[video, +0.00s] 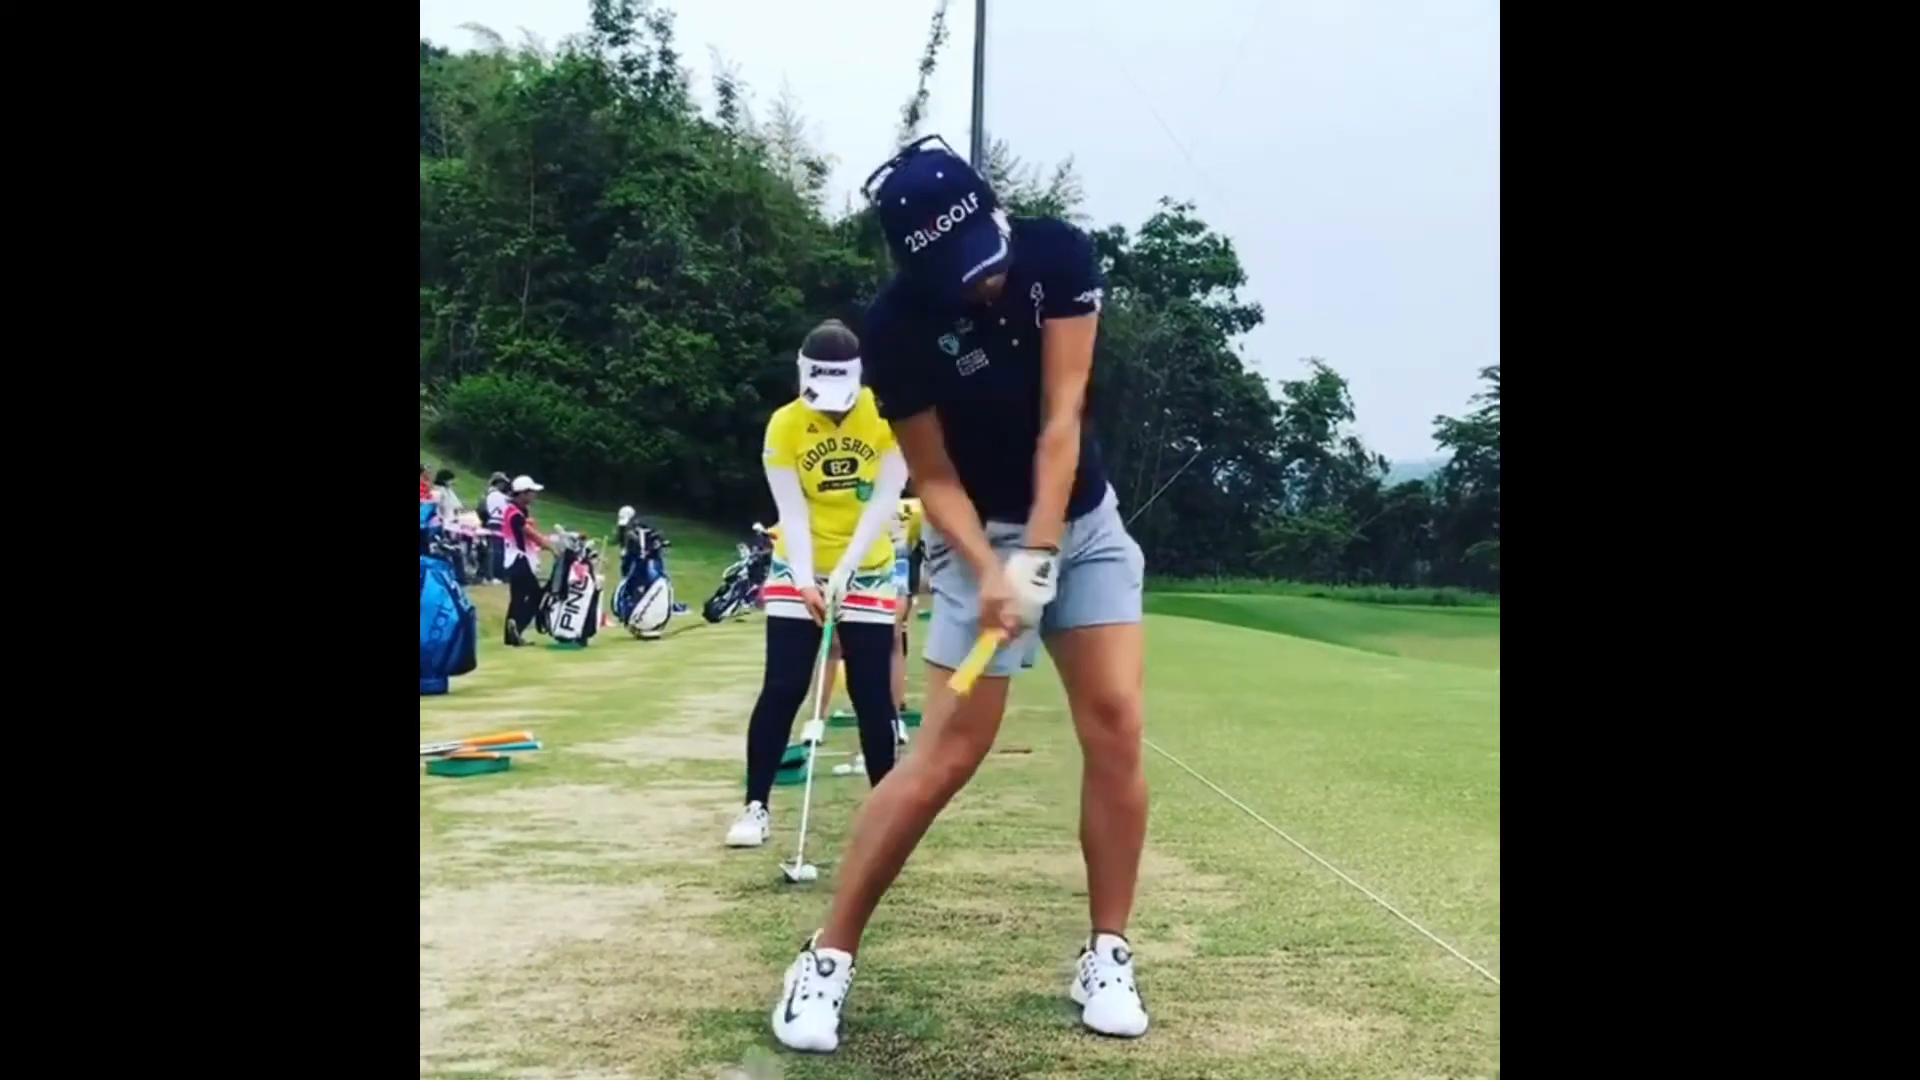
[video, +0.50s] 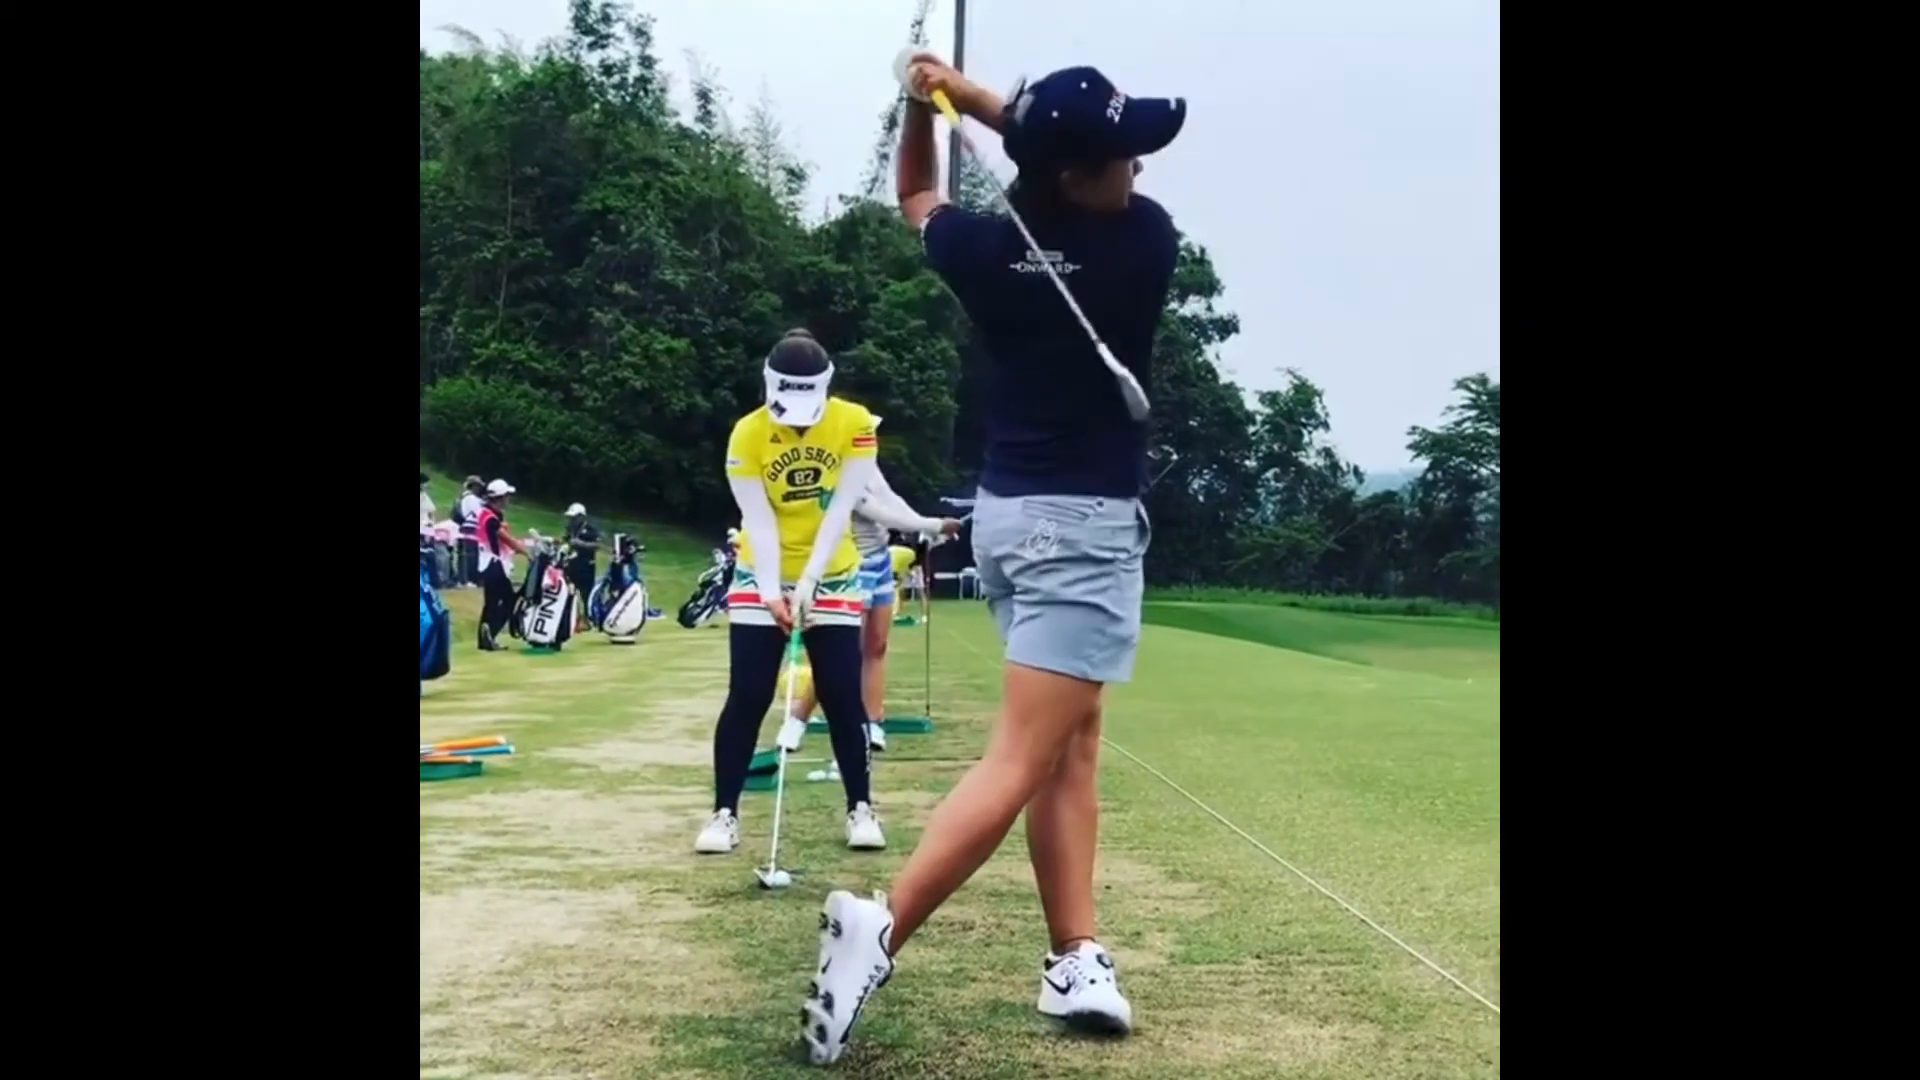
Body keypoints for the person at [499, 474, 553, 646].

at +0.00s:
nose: (534, 496)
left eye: (533, 492)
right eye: (530, 492)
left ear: (522, 495)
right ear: (520, 494)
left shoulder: (519, 512)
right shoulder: (515, 515)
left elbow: (532, 533)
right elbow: (532, 535)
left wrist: (549, 541)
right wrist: (551, 546)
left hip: (518, 557)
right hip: (517, 558)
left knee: (517, 595)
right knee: (536, 592)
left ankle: (511, 634)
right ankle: (517, 625)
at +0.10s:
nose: (527, 497)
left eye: (527, 493)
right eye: (524, 493)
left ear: (515, 495)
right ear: (515, 495)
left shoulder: (512, 512)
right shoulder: (509, 516)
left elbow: (526, 535)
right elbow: (526, 536)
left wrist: (543, 541)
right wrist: (545, 546)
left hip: (513, 557)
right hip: (512, 559)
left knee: (511, 596)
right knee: (529, 594)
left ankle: (505, 635)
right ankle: (511, 626)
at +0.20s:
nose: (522, 497)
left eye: (521, 494)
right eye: (520, 494)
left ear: (507, 496)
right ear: (512, 496)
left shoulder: (501, 513)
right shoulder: (505, 517)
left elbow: (519, 536)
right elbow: (521, 538)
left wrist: (536, 544)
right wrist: (540, 549)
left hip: (502, 557)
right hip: (506, 560)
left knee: (505, 597)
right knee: (523, 594)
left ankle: (499, 635)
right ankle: (505, 627)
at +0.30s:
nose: (518, 498)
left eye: (517, 494)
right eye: (515, 495)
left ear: (502, 496)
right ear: (507, 496)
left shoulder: (494, 513)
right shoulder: (500, 518)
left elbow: (514, 536)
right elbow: (517, 539)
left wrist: (533, 543)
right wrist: (535, 550)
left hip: (497, 558)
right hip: (502, 560)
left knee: (500, 598)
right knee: (519, 595)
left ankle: (494, 635)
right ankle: (500, 628)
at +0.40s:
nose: (512, 499)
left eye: (512, 496)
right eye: (510, 496)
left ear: (497, 497)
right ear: (502, 497)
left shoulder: (489, 514)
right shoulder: (495, 519)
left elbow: (508, 537)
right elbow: (512, 540)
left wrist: (527, 544)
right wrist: (530, 550)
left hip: (491, 559)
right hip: (497, 561)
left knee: (495, 599)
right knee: (513, 596)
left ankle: (488, 636)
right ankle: (495, 629)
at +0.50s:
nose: (508, 500)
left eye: (508, 496)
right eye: (506, 497)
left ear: (493, 498)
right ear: (498, 498)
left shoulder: (486, 515)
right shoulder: (491, 519)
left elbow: (505, 537)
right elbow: (508, 540)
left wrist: (524, 544)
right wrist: (526, 551)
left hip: (488, 559)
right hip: (493, 562)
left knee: (491, 599)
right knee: (509, 597)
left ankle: (484, 637)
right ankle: (491, 631)